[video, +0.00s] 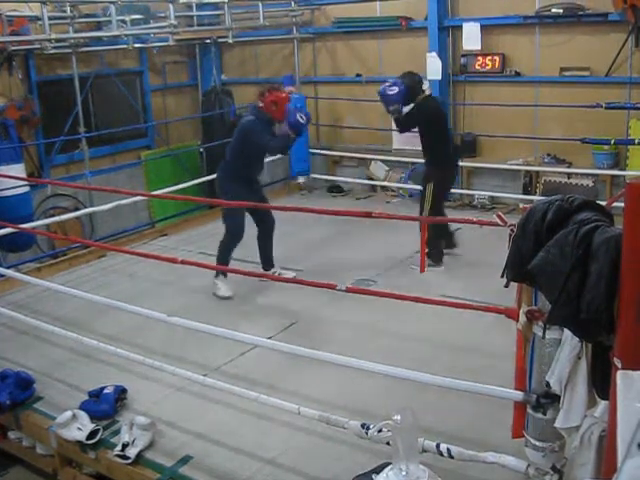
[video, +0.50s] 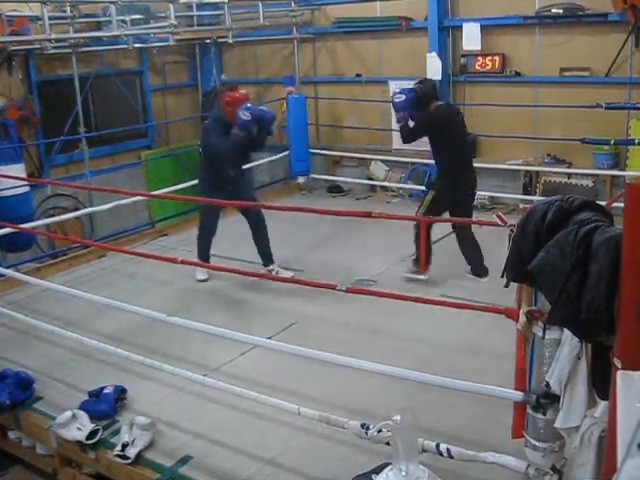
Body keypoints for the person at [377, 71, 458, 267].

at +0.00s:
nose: (402, 94)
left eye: (403, 90)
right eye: (401, 91)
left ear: (410, 90)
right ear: (419, 86)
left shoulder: (424, 106)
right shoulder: (429, 103)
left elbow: (403, 126)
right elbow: (406, 124)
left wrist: (395, 111)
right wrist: (396, 110)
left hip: (438, 166)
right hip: (444, 163)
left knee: (428, 211)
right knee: (434, 206)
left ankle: (434, 257)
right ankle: (448, 239)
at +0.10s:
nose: (405, 93)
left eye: (406, 89)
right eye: (404, 89)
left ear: (413, 89)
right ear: (423, 86)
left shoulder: (428, 106)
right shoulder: (436, 101)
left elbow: (405, 126)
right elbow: (409, 123)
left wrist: (398, 109)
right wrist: (400, 110)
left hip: (440, 167)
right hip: (451, 165)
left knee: (432, 214)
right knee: (446, 210)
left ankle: (434, 256)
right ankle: (468, 246)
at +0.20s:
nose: (409, 93)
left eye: (410, 89)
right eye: (409, 89)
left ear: (417, 90)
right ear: (428, 87)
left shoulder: (431, 108)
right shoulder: (439, 104)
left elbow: (408, 129)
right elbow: (413, 126)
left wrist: (401, 110)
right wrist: (405, 109)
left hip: (446, 169)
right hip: (460, 167)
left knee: (434, 214)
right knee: (458, 216)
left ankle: (434, 257)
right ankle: (477, 257)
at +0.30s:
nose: (414, 96)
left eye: (415, 92)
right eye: (414, 92)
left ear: (422, 94)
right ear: (433, 91)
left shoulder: (435, 113)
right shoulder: (448, 110)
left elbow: (413, 134)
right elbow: (422, 129)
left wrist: (404, 114)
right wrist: (411, 115)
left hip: (449, 176)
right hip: (465, 174)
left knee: (431, 215)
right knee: (464, 222)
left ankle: (434, 256)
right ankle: (479, 266)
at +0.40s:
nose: (417, 101)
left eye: (418, 98)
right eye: (417, 98)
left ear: (424, 99)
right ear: (436, 95)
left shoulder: (436, 117)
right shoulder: (452, 111)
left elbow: (412, 137)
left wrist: (404, 117)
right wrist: (417, 115)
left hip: (451, 180)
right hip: (468, 177)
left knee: (425, 216)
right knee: (463, 226)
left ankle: (430, 261)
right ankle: (479, 268)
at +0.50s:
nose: (415, 101)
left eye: (416, 97)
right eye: (415, 97)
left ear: (421, 99)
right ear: (435, 95)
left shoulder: (431, 117)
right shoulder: (452, 111)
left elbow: (407, 137)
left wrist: (401, 115)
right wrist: (413, 111)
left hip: (448, 181)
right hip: (466, 178)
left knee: (422, 219)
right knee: (462, 227)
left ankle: (421, 265)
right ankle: (479, 269)